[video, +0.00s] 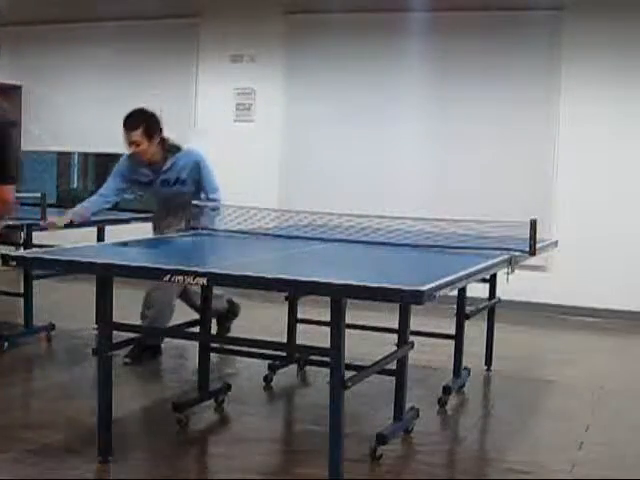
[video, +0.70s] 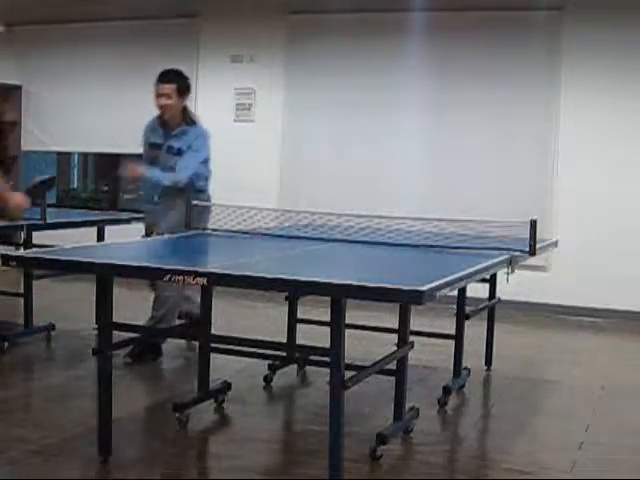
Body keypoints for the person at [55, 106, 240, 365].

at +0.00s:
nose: (132, 151)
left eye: (136, 144)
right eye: (129, 145)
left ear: (157, 138)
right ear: (127, 142)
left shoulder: (192, 161)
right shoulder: (130, 165)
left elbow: (212, 202)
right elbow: (106, 197)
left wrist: (200, 238)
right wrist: (68, 219)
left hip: (192, 231)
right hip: (162, 230)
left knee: (165, 280)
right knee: (180, 281)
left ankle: (149, 341)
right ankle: (223, 307)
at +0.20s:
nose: (121, 161)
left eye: (126, 155)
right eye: (118, 156)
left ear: (144, 146)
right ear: (114, 150)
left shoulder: (180, 159)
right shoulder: (117, 171)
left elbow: (200, 198)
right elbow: (101, 208)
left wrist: (197, 236)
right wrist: (83, 244)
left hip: (184, 221)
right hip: (157, 222)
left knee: (167, 273)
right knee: (177, 269)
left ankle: (149, 340)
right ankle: (213, 301)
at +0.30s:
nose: (120, 153)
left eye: (126, 146)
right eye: (117, 146)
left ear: (143, 139)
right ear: (113, 142)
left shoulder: (178, 153)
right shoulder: (117, 165)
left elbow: (199, 198)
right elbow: (108, 214)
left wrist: (192, 244)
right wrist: (104, 261)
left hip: (181, 210)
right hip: (153, 212)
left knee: (166, 269)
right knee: (165, 265)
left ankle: (150, 340)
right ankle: (207, 294)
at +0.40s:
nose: (125, 139)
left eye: (129, 133)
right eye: (121, 133)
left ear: (146, 125)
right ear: (117, 130)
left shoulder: (179, 149)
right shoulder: (121, 156)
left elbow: (196, 201)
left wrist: (187, 249)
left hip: (180, 216)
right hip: (154, 218)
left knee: (166, 271)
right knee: (165, 267)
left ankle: (152, 338)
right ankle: (201, 290)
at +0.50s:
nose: (131, 126)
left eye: (136, 119)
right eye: (128, 119)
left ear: (154, 113)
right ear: (125, 117)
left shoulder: (181, 143)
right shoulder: (128, 142)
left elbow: (187, 198)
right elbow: (129, 189)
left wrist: (153, 222)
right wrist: (138, 227)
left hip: (183, 215)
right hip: (152, 216)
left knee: (168, 274)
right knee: (153, 268)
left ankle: (152, 337)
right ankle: (196, 291)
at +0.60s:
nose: (144, 112)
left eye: (149, 105)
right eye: (141, 105)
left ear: (167, 104)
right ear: (138, 105)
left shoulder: (187, 137)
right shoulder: (139, 134)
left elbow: (180, 186)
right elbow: (137, 180)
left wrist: (142, 200)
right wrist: (146, 218)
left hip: (185, 211)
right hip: (156, 209)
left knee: (171, 271)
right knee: (150, 264)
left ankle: (153, 336)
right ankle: (195, 297)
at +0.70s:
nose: (162, 102)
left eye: (168, 96)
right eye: (158, 95)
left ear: (183, 98)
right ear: (155, 98)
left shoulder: (197, 135)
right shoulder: (152, 130)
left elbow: (181, 178)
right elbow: (150, 171)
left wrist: (145, 172)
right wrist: (148, 215)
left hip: (189, 207)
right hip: (158, 205)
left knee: (170, 271)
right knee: (161, 268)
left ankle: (153, 337)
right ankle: (194, 312)